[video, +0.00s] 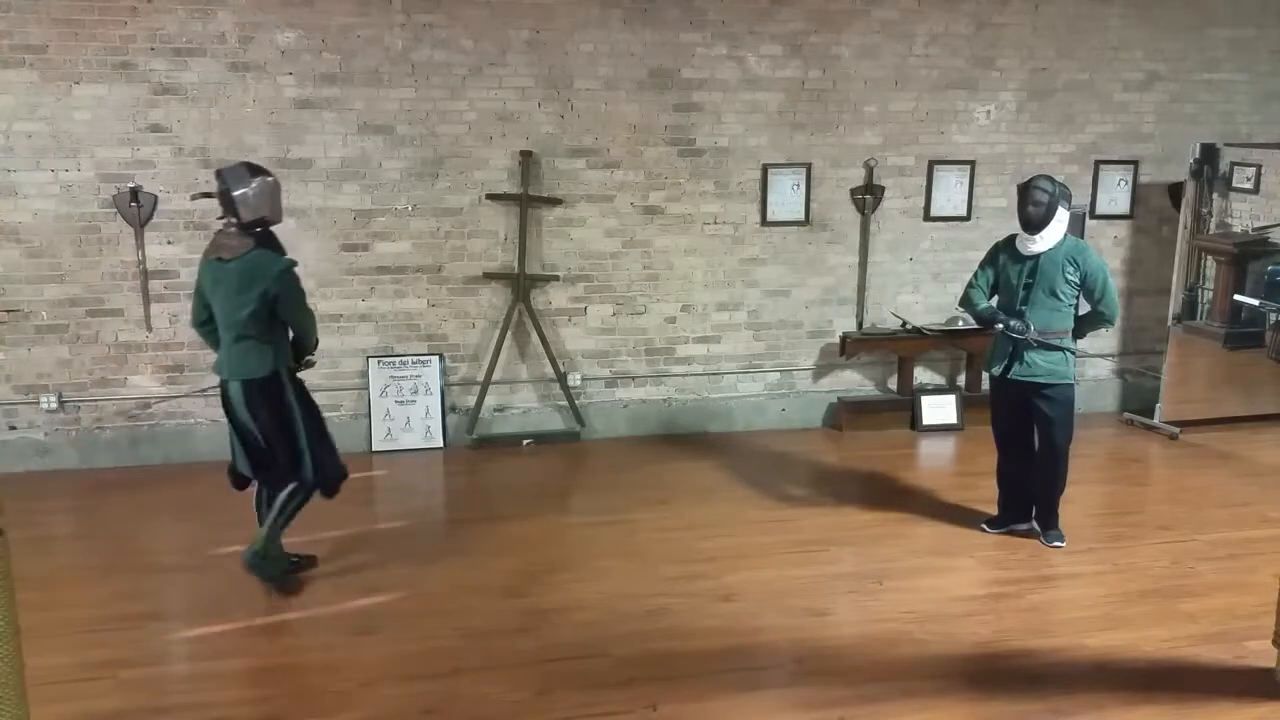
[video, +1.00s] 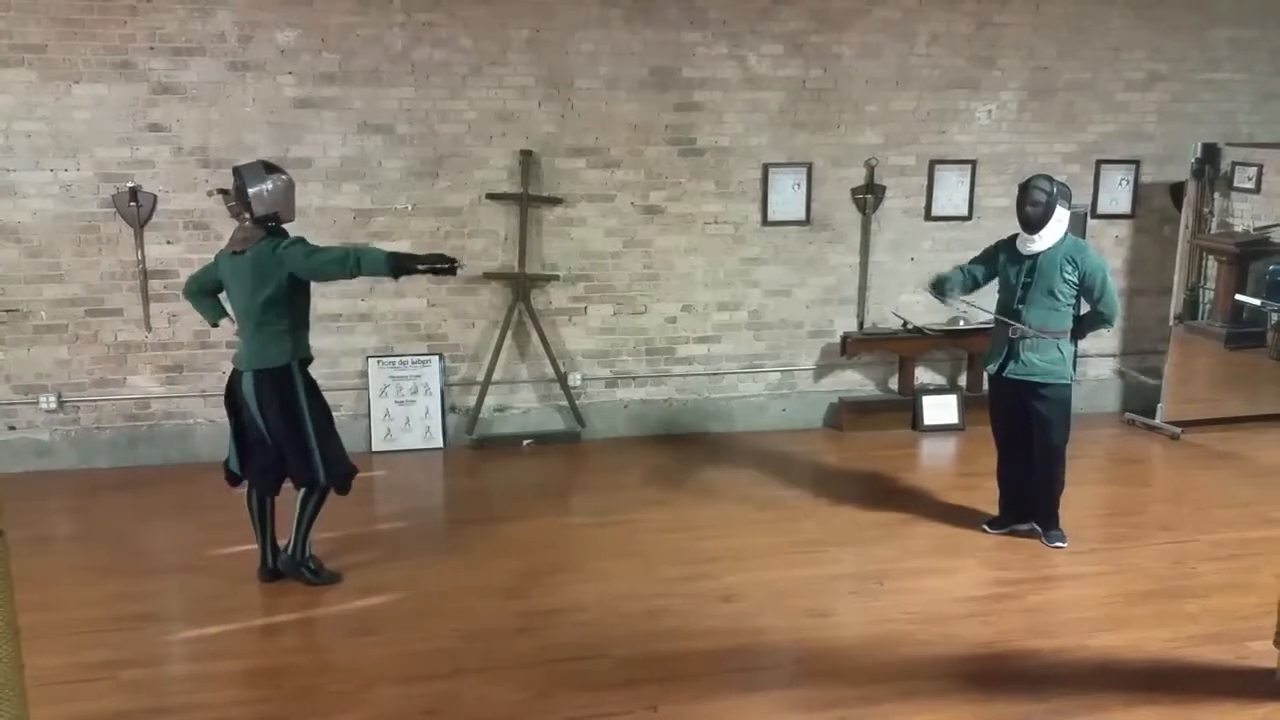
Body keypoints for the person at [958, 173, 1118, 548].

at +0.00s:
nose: (1028, 209)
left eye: (1037, 203)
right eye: (1024, 202)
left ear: (1058, 207)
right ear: (1019, 204)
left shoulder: (1079, 254)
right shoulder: (1004, 250)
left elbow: (1107, 312)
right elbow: (972, 296)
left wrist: (1068, 331)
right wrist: (999, 320)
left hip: (1052, 372)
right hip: (1006, 370)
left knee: (1053, 453)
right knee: (1011, 449)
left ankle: (1048, 522)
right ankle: (1013, 515)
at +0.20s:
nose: (1027, 209)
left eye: (1035, 203)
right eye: (1023, 202)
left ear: (1056, 207)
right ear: (1017, 203)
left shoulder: (1078, 254)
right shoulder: (1003, 250)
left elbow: (1106, 312)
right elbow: (971, 296)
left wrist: (1068, 331)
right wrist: (999, 320)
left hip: (1051, 372)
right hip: (1005, 370)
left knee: (1052, 453)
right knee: (1010, 449)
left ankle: (1048, 523)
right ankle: (1013, 515)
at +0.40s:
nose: (1026, 210)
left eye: (1035, 203)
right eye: (1022, 202)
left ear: (1056, 207)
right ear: (1017, 203)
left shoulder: (1079, 254)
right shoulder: (1003, 250)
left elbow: (1106, 312)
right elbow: (971, 296)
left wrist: (1069, 330)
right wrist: (999, 320)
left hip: (1051, 372)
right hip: (1005, 370)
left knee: (1052, 453)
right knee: (1010, 449)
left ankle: (1049, 522)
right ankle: (1015, 515)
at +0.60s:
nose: (1030, 209)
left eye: (1039, 202)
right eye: (1026, 201)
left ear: (1060, 206)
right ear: (1020, 202)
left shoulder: (1083, 254)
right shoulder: (1006, 249)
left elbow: (1111, 311)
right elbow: (975, 296)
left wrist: (1075, 330)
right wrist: (1002, 320)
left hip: (1055, 371)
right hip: (1009, 369)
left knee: (1056, 453)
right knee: (1014, 449)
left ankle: (1053, 523)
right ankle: (1018, 516)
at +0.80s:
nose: (1027, 210)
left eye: (1036, 203)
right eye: (1024, 202)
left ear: (1057, 207)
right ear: (1018, 203)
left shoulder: (1080, 254)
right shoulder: (1004, 250)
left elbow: (1108, 311)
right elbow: (971, 294)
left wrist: (1073, 330)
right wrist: (987, 314)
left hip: (1052, 370)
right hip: (1006, 368)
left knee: (1052, 451)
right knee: (1011, 448)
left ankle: (1050, 522)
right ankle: (1015, 515)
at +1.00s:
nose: (1027, 210)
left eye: (1036, 205)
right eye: (1023, 203)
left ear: (1056, 209)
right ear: (1017, 204)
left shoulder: (1079, 255)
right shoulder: (1007, 249)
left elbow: (1107, 312)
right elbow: (974, 273)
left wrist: (1069, 330)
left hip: (1050, 368)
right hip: (1004, 364)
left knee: (1048, 451)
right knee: (1010, 447)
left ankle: (1047, 521)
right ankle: (1013, 515)